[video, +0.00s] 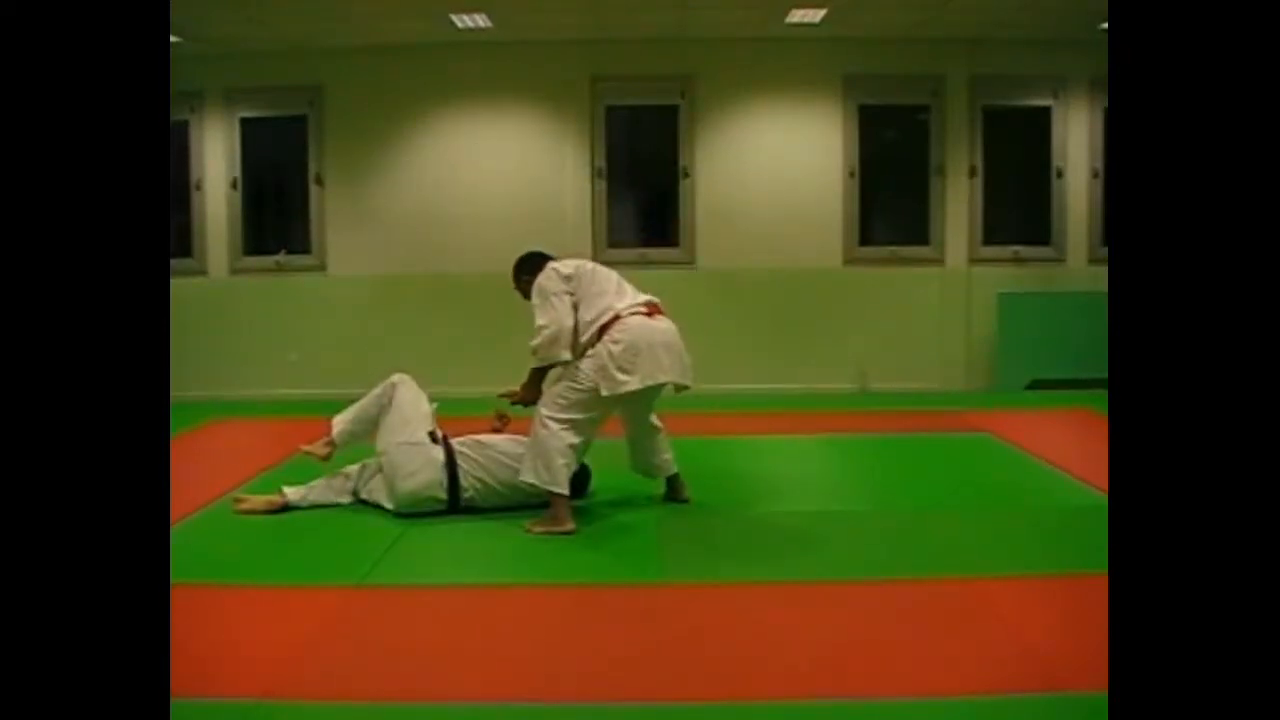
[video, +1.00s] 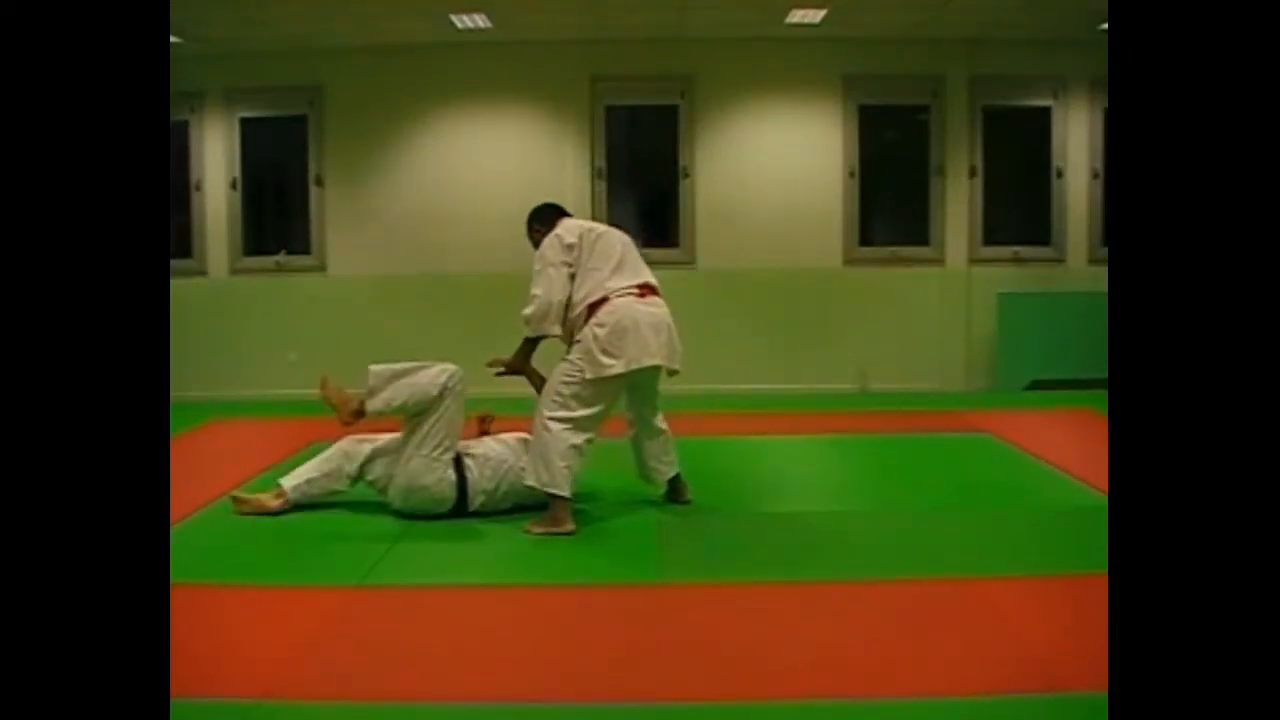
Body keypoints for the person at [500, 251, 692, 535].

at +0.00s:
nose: (526, 297)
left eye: (524, 290)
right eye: (523, 293)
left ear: (530, 276)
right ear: (549, 262)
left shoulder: (548, 278)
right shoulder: (585, 272)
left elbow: (556, 330)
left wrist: (533, 384)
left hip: (624, 340)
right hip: (666, 336)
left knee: (553, 415)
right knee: (639, 414)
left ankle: (559, 512)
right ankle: (675, 484)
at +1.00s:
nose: (537, 248)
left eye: (536, 241)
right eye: (535, 243)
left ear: (540, 229)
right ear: (565, 218)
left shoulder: (556, 239)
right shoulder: (609, 236)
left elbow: (548, 302)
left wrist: (521, 357)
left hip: (612, 324)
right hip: (657, 317)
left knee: (557, 412)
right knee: (646, 411)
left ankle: (559, 512)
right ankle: (676, 484)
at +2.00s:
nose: (516, 195)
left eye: (519, 184)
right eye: (513, 186)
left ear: (541, 175)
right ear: (549, 175)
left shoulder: (560, 210)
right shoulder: (581, 197)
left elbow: (573, 280)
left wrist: (560, 343)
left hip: (603, 321)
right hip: (632, 310)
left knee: (560, 411)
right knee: (630, 404)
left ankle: (567, 509)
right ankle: (666, 473)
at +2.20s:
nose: (502, 183)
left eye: (506, 173)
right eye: (499, 174)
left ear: (532, 164)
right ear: (533, 166)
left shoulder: (549, 204)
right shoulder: (559, 192)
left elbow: (561, 273)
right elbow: (545, 268)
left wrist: (550, 334)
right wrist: (530, 320)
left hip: (583, 318)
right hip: (605, 310)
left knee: (554, 412)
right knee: (595, 405)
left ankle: (566, 509)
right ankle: (616, 477)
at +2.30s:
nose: (498, 180)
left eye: (502, 169)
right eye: (495, 171)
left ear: (528, 160)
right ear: (528, 163)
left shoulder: (547, 200)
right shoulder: (552, 193)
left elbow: (560, 269)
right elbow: (544, 268)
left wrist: (549, 331)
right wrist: (523, 319)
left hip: (577, 319)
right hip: (588, 312)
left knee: (558, 413)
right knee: (579, 406)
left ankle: (566, 508)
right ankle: (585, 486)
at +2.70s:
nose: (480, 171)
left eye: (486, 161)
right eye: (477, 162)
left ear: (512, 153)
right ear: (499, 157)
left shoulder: (539, 193)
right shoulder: (513, 195)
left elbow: (557, 263)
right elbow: (509, 268)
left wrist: (547, 323)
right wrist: (488, 319)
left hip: (553, 323)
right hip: (525, 325)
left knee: (553, 417)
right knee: (523, 417)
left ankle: (566, 507)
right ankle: (527, 499)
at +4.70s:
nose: (482, 161)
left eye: (488, 151)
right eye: (480, 152)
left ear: (515, 148)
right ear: (512, 151)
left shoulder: (537, 188)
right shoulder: (525, 189)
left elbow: (539, 268)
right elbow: (519, 269)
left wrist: (515, 325)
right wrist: (497, 323)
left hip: (558, 315)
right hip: (549, 314)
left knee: (546, 412)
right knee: (548, 411)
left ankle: (563, 516)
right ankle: (558, 506)